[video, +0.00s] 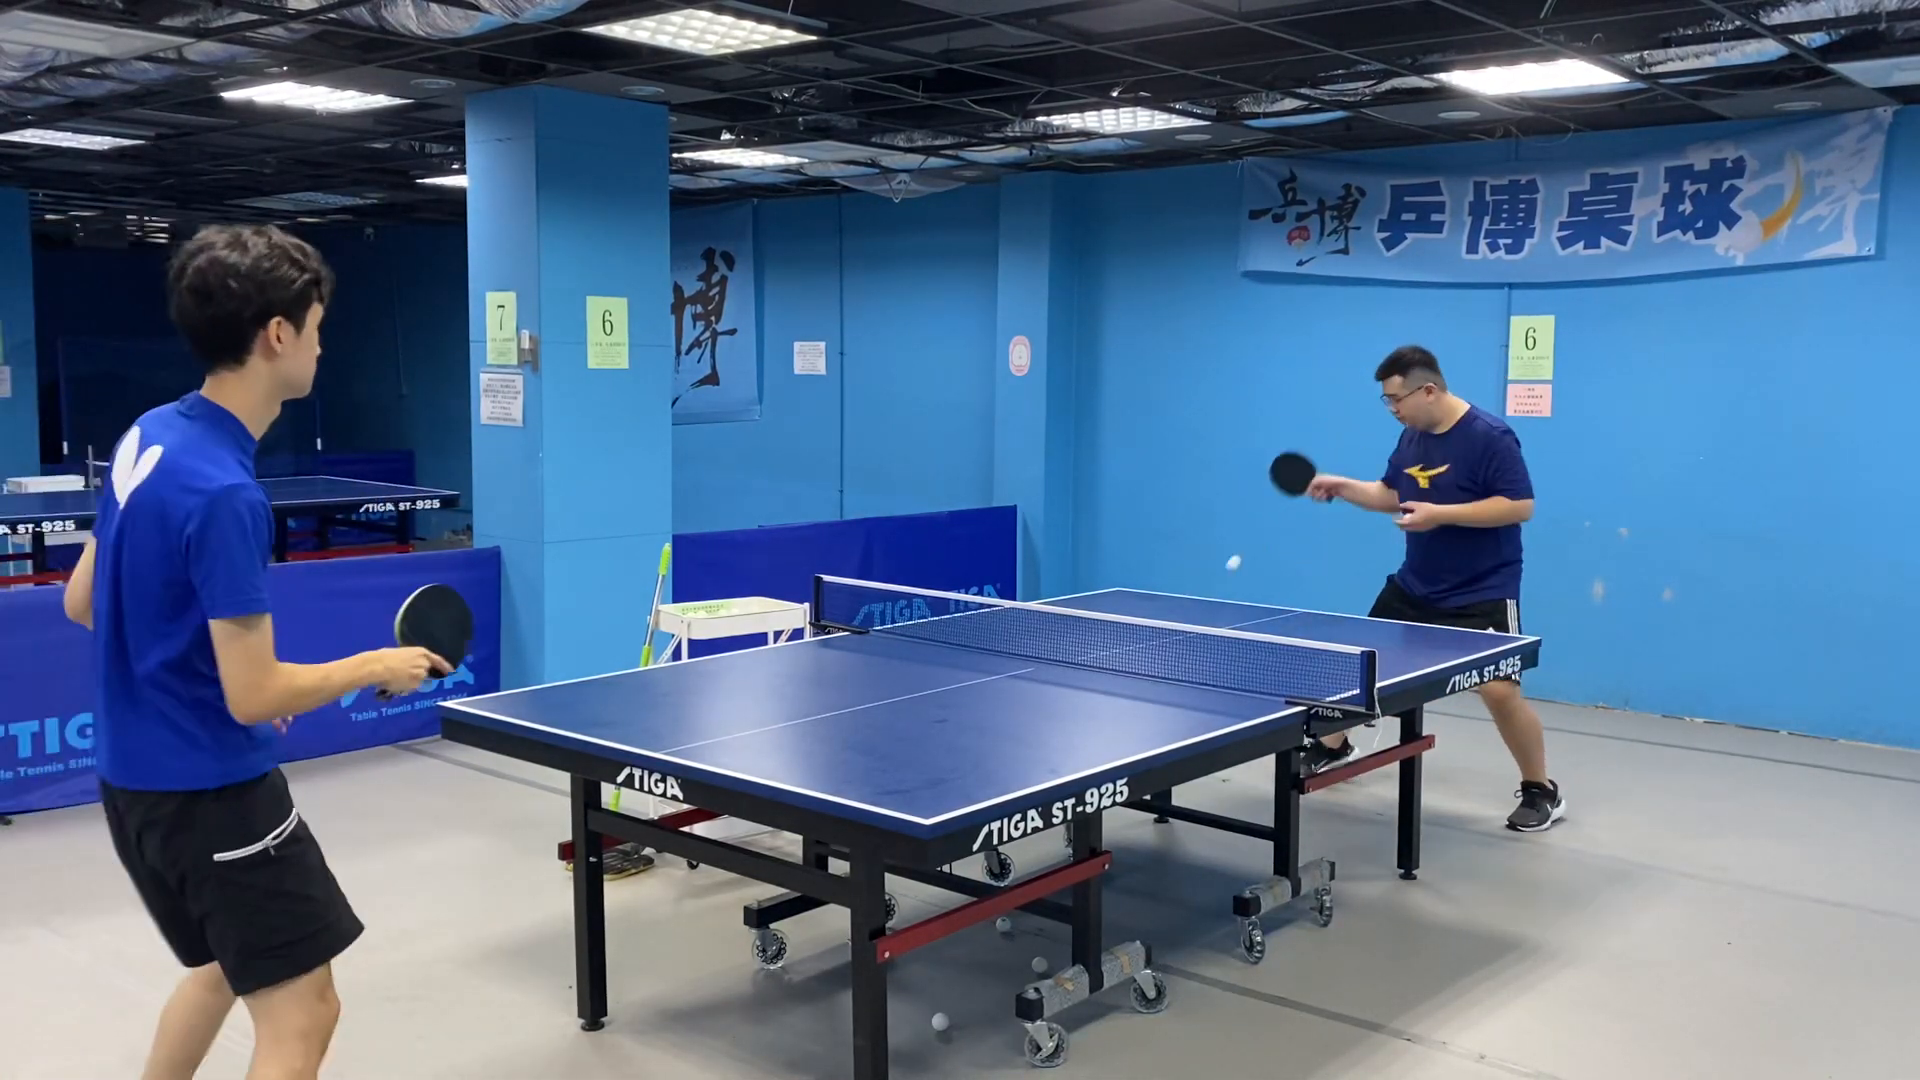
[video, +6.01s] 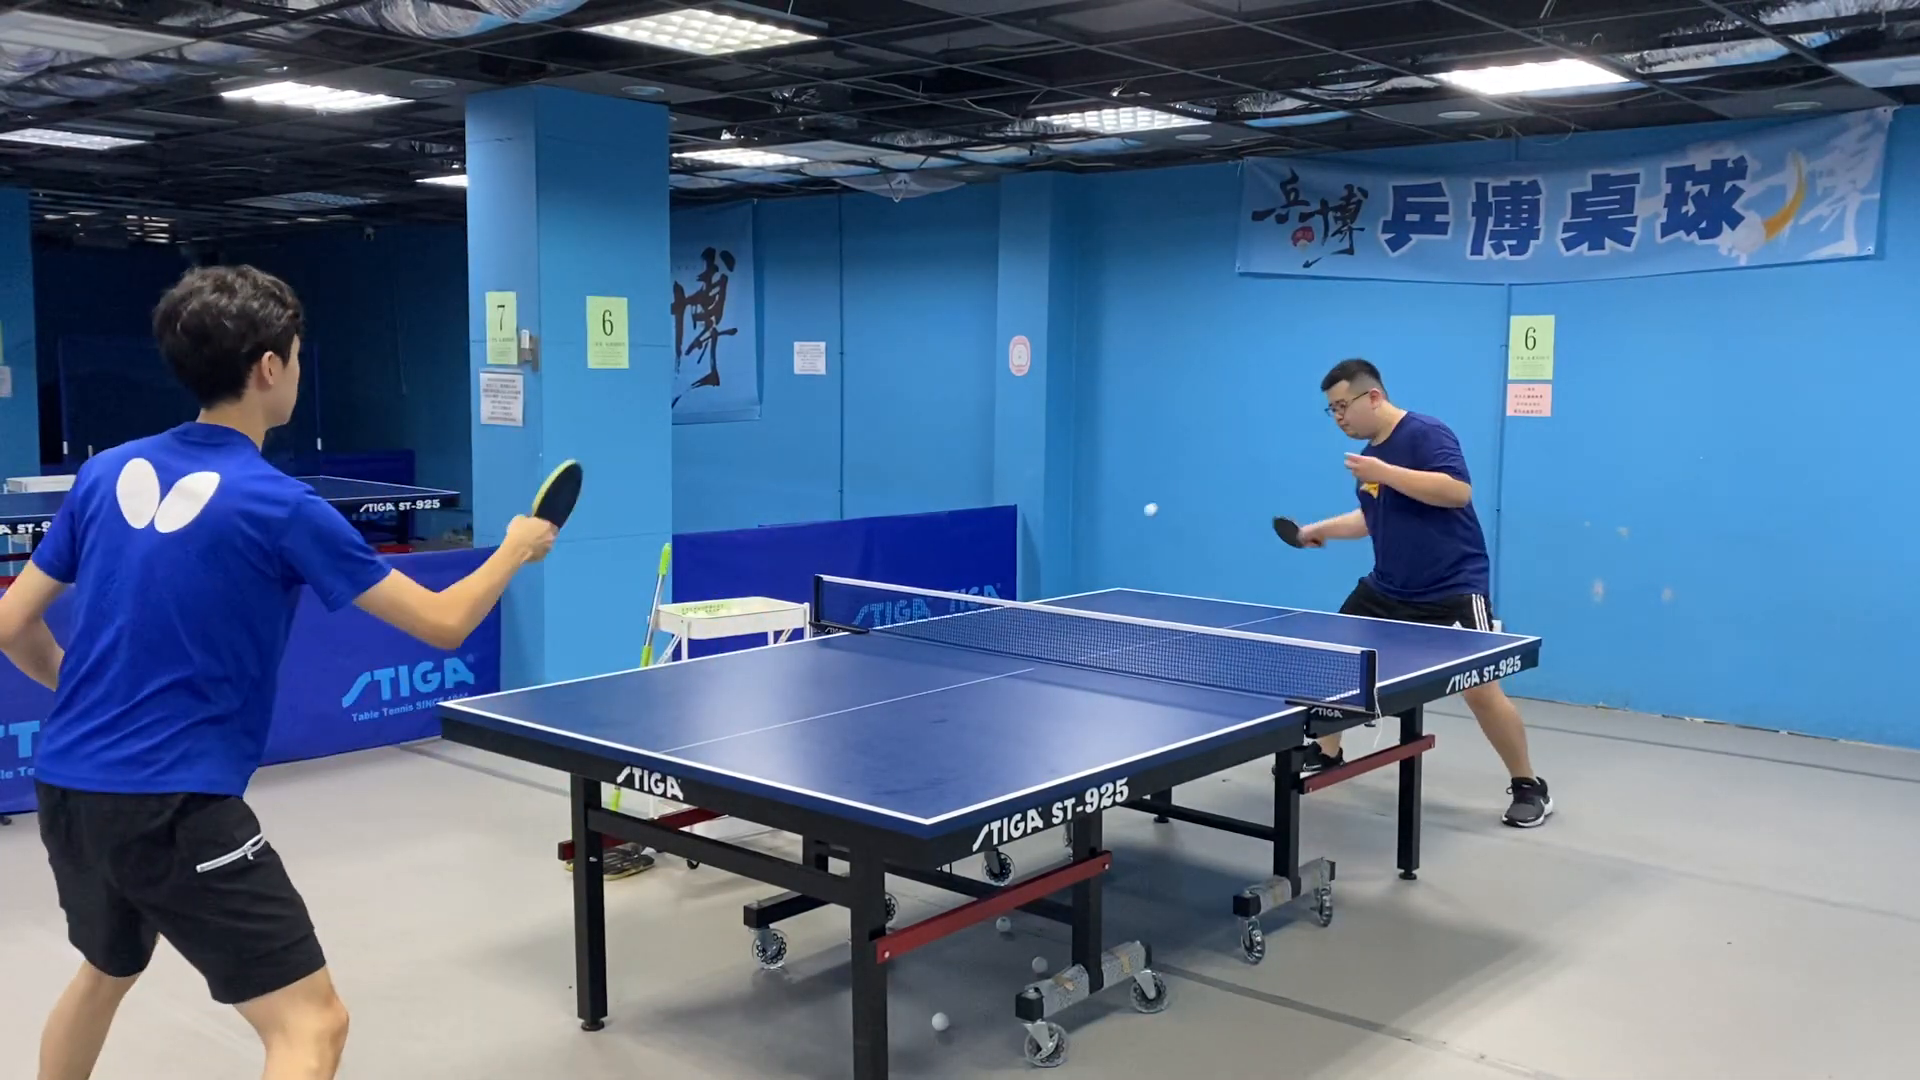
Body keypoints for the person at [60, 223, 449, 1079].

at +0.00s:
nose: (320, 351)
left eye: (320, 330)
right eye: (316, 330)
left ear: (224, 331)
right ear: (274, 335)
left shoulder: (149, 435)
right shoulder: (226, 493)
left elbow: (85, 600)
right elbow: (257, 694)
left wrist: (232, 673)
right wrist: (373, 666)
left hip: (140, 780)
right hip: (215, 791)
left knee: (217, 968)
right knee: (301, 1014)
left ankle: (158, 1078)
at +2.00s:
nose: (44, 355)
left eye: (39, 334)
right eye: (37, 336)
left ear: (0, 349)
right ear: (1, 349)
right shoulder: (52, 490)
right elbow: (209, 582)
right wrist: (283, 513)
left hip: (6, 798)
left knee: (27, 1051)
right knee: (66, 1052)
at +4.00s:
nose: (429, 346)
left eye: (427, 325)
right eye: (427, 324)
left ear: (310, 332)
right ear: (396, 334)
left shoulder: (226, 446)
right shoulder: (376, 482)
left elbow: (116, 609)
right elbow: (500, 673)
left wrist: (225, 644)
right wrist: (558, 661)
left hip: (168, 808)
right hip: (274, 817)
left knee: (251, 1020)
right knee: (398, 1063)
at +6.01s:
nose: (299, 371)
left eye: (295, 353)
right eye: (294, 354)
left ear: (192, 365)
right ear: (265, 368)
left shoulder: (108, 472)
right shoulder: (279, 503)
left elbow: (14, 624)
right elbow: (444, 622)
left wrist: (87, 690)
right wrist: (515, 550)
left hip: (68, 792)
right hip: (176, 806)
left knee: (105, 963)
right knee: (308, 1024)